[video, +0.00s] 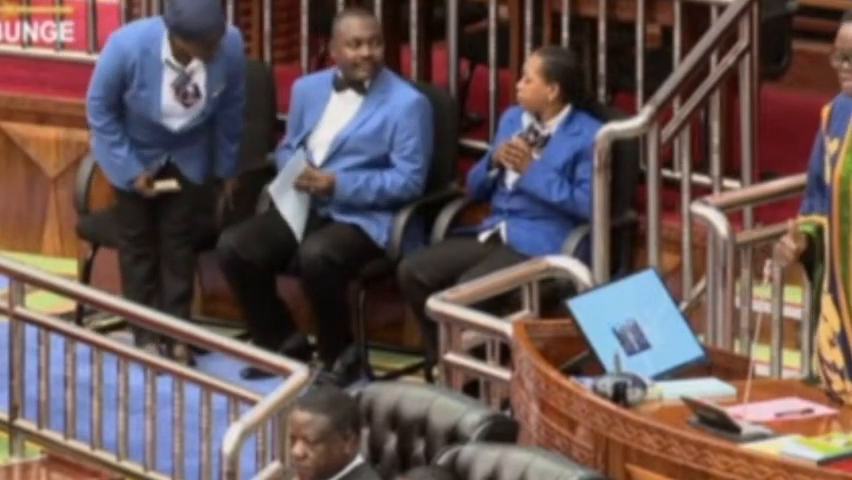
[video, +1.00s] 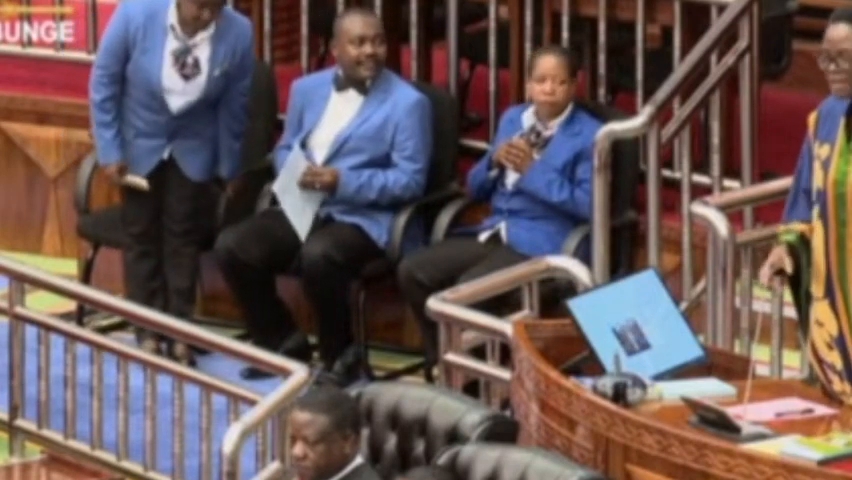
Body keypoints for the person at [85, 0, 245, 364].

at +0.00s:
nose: (205, 53)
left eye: (212, 44)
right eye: (196, 46)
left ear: (220, 33)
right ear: (173, 34)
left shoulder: (230, 46)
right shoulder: (127, 46)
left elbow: (233, 110)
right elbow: (99, 112)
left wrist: (227, 168)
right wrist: (130, 171)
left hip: (193, 154)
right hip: (138, 154)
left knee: (181, 243)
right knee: (138, 244)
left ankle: (178, 333)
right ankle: (145, 334)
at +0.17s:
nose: (203, 50)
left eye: (209, 42)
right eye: (193, 44)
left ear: (217, 29)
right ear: (169, 30)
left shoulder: (230, 43)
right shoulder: (125, 41)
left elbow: (235, 110)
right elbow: (100, 106)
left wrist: (231, 168)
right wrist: (131, 166)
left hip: (200, 152)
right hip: (144, 151)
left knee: (188, 243)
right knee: (147, 243)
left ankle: (181, 333)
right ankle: (148, 333)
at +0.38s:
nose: (206, 46)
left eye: (211, 38)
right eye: (197, 39)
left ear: (218, 25)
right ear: (173, 26)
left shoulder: (232, 41)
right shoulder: (125, 38)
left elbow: (236, 111)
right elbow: (102, 104)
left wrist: (233, 171)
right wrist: (129, 165)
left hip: (201, 148)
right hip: (146, 147)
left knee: (188, 242)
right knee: (147, 241)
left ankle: (181, 334)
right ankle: (149, 333)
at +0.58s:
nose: (194, 29)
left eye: (204, 23)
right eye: (189, 19)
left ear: (218, 15)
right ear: (174, 9)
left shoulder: (236, 35)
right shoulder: (133, 27)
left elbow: (237, 107)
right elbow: (106, 97)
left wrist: (231, 168)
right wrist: (123, 159)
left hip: (200, 142)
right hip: (145, 140)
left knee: (187, 238)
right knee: (145, 237)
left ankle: (181, 332)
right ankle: (148, 331)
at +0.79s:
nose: (186, 14)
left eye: (195, 8)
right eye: (180, 6)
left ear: (212, 7)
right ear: (171, 2)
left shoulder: (238, 31)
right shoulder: (134, 16)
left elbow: (237, 104)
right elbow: (104, 83)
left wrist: (229, 166)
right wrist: (113, 149)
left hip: (197, 142)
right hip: (142, 138)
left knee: (185, 238)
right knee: (142, 236)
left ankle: (181, 331)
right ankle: (147, 330)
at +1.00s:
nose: (206, 15)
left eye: (213, 10)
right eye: (199, 8)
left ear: (222, 7)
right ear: (180, 1)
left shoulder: (238, 31)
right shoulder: (135, 15)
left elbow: (236, 104)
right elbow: (104, 82)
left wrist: (229, 165)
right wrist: (110, 150)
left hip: (197, 141)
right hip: (141, 137)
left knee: (184, 236)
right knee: (141, 236)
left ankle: (181, 331)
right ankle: (146, 329)